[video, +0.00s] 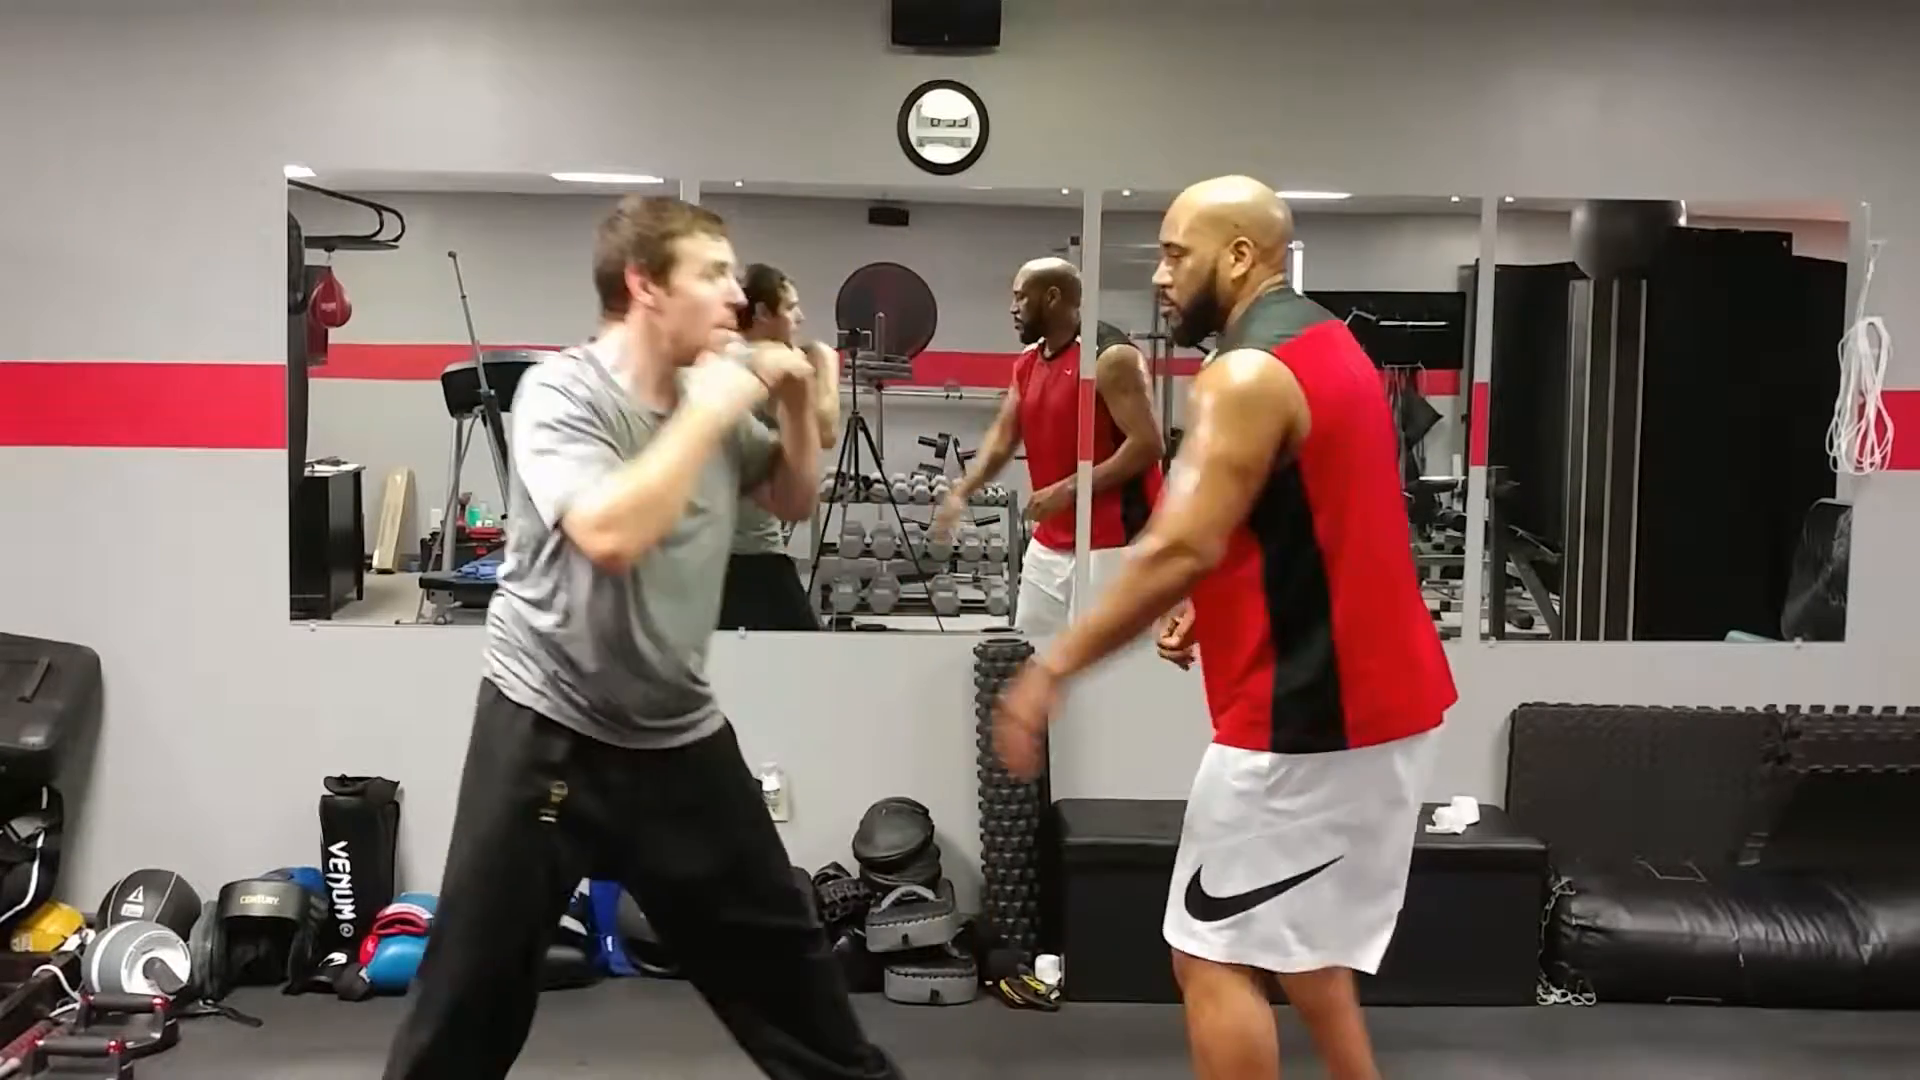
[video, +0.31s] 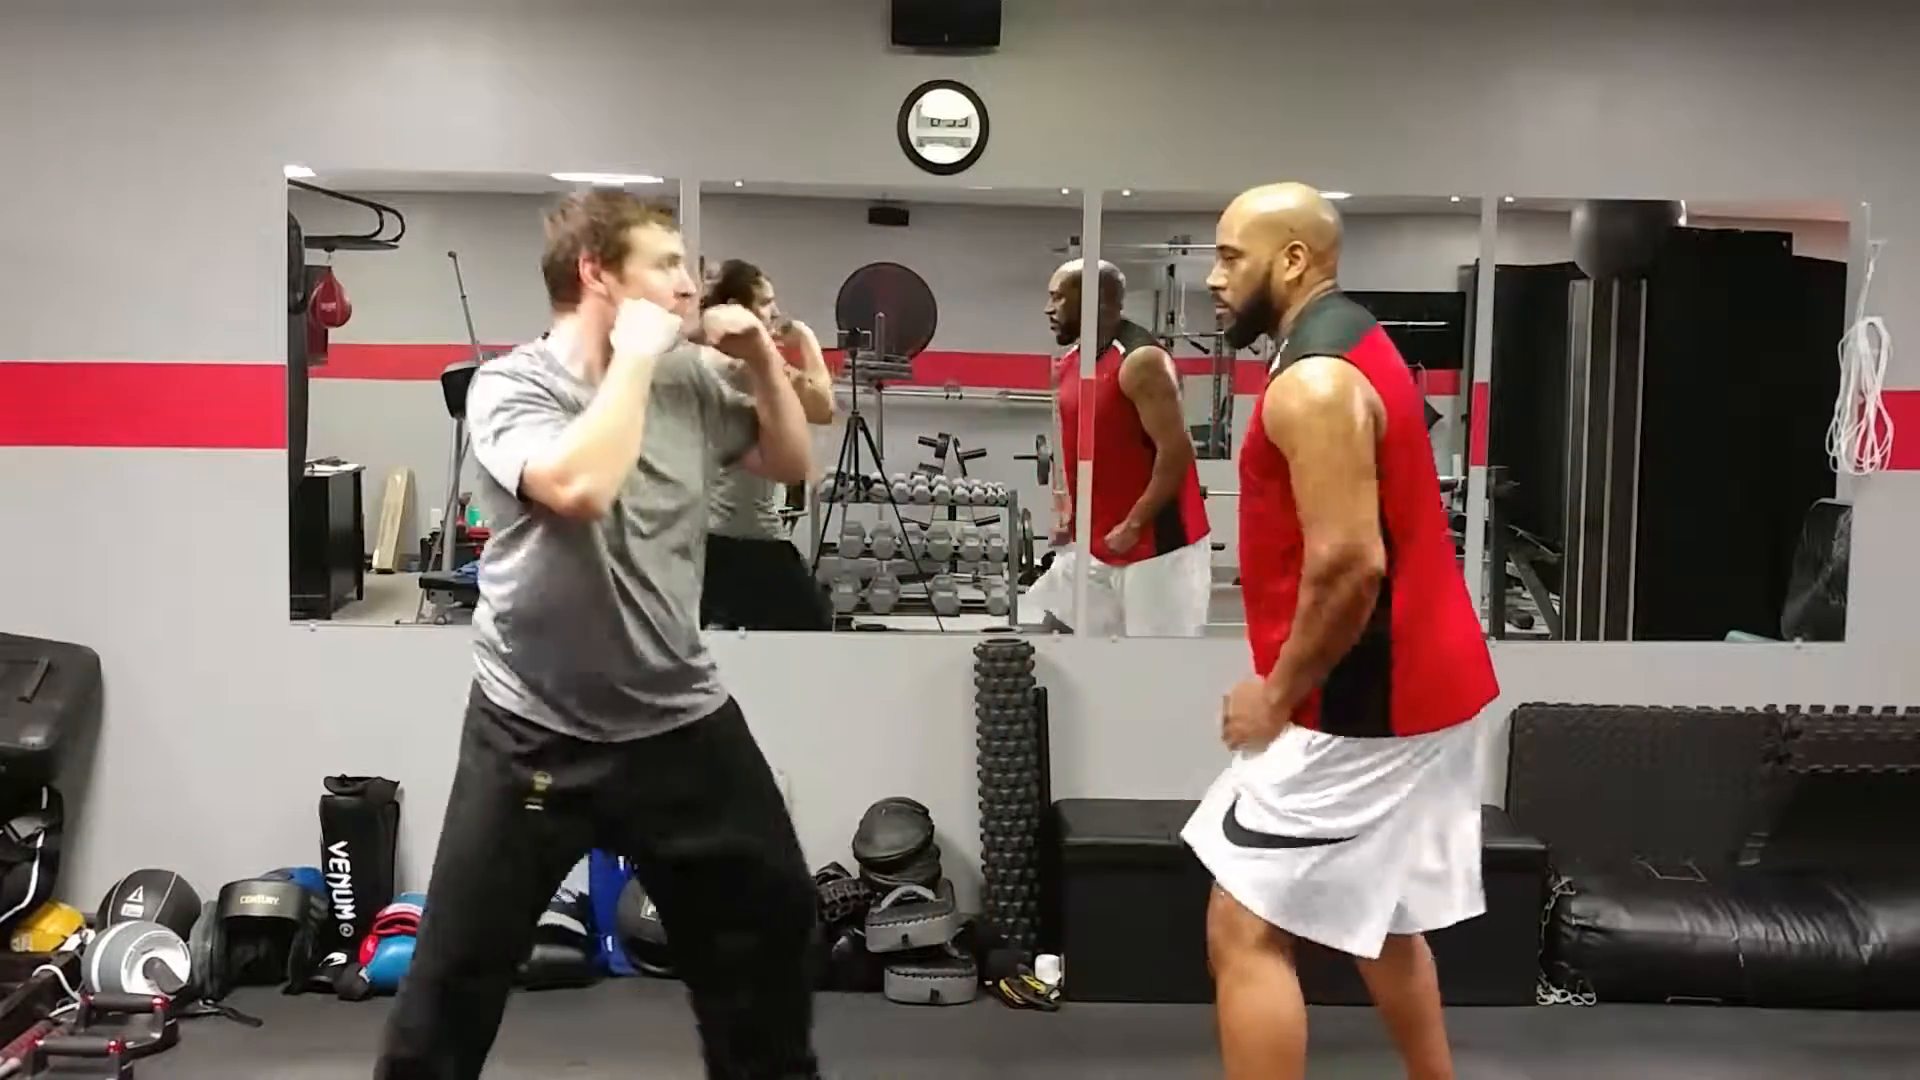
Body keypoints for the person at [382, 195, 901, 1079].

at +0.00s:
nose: (737, 300)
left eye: (735, 279)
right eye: (714, 277)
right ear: (643, 288)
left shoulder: (712, 402)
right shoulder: (557, 392)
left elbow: (792, 499)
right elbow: (608, 533)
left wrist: (802, 401)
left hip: (678, 732)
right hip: (543, 719)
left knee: (785, 965)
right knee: (470, 987)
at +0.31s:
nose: (687, 286)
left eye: (686, 268)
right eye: (666, 267)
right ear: (594, 277)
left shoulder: (690, 376)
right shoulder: (504, 388)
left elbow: (793, 462)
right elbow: (576, 487)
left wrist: (763, 358)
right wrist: (637, 350)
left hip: (681, 725)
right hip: (526, 732)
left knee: (769, 946)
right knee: (449, 988)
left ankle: (768, 1072)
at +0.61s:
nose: (854, 310)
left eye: (845, 294)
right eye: (831, 296)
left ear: (781, 323)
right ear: (774, 320)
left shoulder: (827, 398)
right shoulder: (777, 407)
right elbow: (977, 299)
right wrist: (1104, 186)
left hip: (824, 760)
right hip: (720, 758)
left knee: (939, 978)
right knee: (607, 979)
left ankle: (992, 1076)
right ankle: (485, 1075)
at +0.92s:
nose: (955, 293)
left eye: (948, 274)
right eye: (935, 278)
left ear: (872, 303)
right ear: (879, 299)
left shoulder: (820, 389)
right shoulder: (915, 367)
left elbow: (956, 434)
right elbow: (1053, 391)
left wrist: (1073, 375)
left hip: (871, 706)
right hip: (826, 699)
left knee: (971, 932)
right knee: (759, 968)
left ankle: (992, 1073)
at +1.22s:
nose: (1014, 347)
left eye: (1014, 330)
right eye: (998, 329)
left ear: (929, 338)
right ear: (936, 335)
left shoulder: (896, 409)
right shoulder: (929, 421)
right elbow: (1093, 519)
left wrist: (1038, 412)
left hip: (861, 717)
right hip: (786, 696)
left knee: (956, 915)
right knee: (751, 955)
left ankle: (973, 1067)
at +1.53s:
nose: (979, 326)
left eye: (979, 307)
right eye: (961, 305)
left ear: (900, 313)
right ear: (900, 310)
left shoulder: (895, 401)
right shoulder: (865, 401)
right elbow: (1036, 471)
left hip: (848, 707)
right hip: (757, 696)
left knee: (932, 905)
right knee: (705, 945)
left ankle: (925, 1071)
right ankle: (622, 1075)